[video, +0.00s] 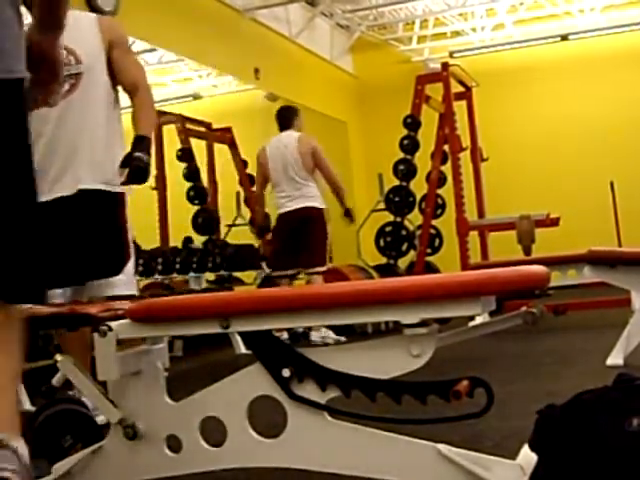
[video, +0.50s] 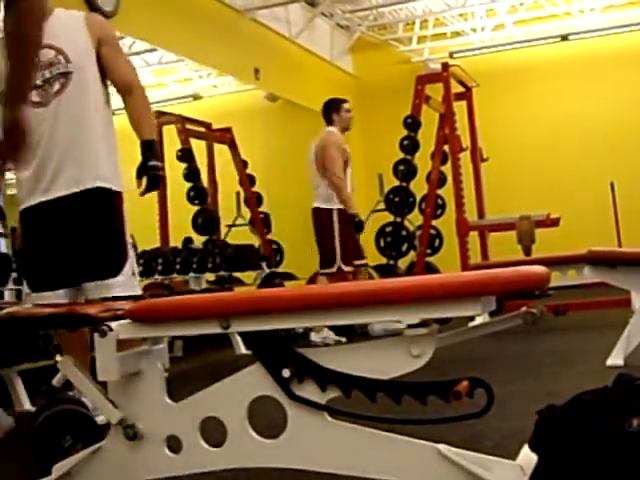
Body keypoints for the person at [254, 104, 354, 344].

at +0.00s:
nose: (302, 123)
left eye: (299, 119)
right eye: (300, 119)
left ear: (278, 123)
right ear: (295, 121)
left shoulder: (265, 151)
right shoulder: (307, 142)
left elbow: (259, 190)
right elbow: (331, 178)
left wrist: (259, 221)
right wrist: (345, 205)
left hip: (286, 216)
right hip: (313, 211)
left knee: (283, 277)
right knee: (315, 273)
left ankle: (280, 328)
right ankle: (317, 326)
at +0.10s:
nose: (315, 121)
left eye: (314, 117)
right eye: (313, 117)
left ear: (291, 120)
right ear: (304, 118)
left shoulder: (276, 148)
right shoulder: (312, 141)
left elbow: (273, 190)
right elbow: (336, 176)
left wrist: (284, 214)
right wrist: (358, 206)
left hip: (292, 214)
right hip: (317, 210)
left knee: (293, 272)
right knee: (318, 273)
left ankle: (287, 324)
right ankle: (318, 327)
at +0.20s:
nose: (322, 120)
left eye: (321, 115)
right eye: (319, 116)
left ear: (298, 118)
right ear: (310, 117)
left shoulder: (283, 145)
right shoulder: (316, 138)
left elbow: (281, 184)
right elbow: (337, 172)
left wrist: (292, 205)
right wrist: (360, 204)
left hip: (297, 213)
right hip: (320, 210)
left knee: (304, 273)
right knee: (321, 273)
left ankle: (296, 324)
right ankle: (319, 327)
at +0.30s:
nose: (333, 118)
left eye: (332, 113)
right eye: (330, 114)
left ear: (311, 117)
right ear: (319, 116)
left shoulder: (297, 141)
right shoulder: (322, 137)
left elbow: (305, 178)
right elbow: (336, 171)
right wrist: (360, 204)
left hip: (305, 210)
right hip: (324, 209)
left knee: (322, 269)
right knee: (332, 269)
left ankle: (318, 324)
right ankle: (321, 325)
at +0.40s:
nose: (341, 117)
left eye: (340, 113)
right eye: (337, 113)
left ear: (320, 117)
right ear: (325, 115)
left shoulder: (307, 140)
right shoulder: (324, 137)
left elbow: (318, 178)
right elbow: (335, 172)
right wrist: (357, 206)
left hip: (312, 208)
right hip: (328, 208)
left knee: (324, 269)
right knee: (339, 268)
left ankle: (320, 323)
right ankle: (339, 320)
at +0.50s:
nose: (351, 115)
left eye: (350, 111)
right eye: (347, 111)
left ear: (337, 116)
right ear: (334, 115)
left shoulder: (334, 139)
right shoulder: (330, 138)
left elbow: (335, 178)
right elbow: (335, 176)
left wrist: (352, 210)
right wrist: (351, 209)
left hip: (338, 210)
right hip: (330, 210)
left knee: (357, 264)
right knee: (331, 269)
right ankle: (317, 324)